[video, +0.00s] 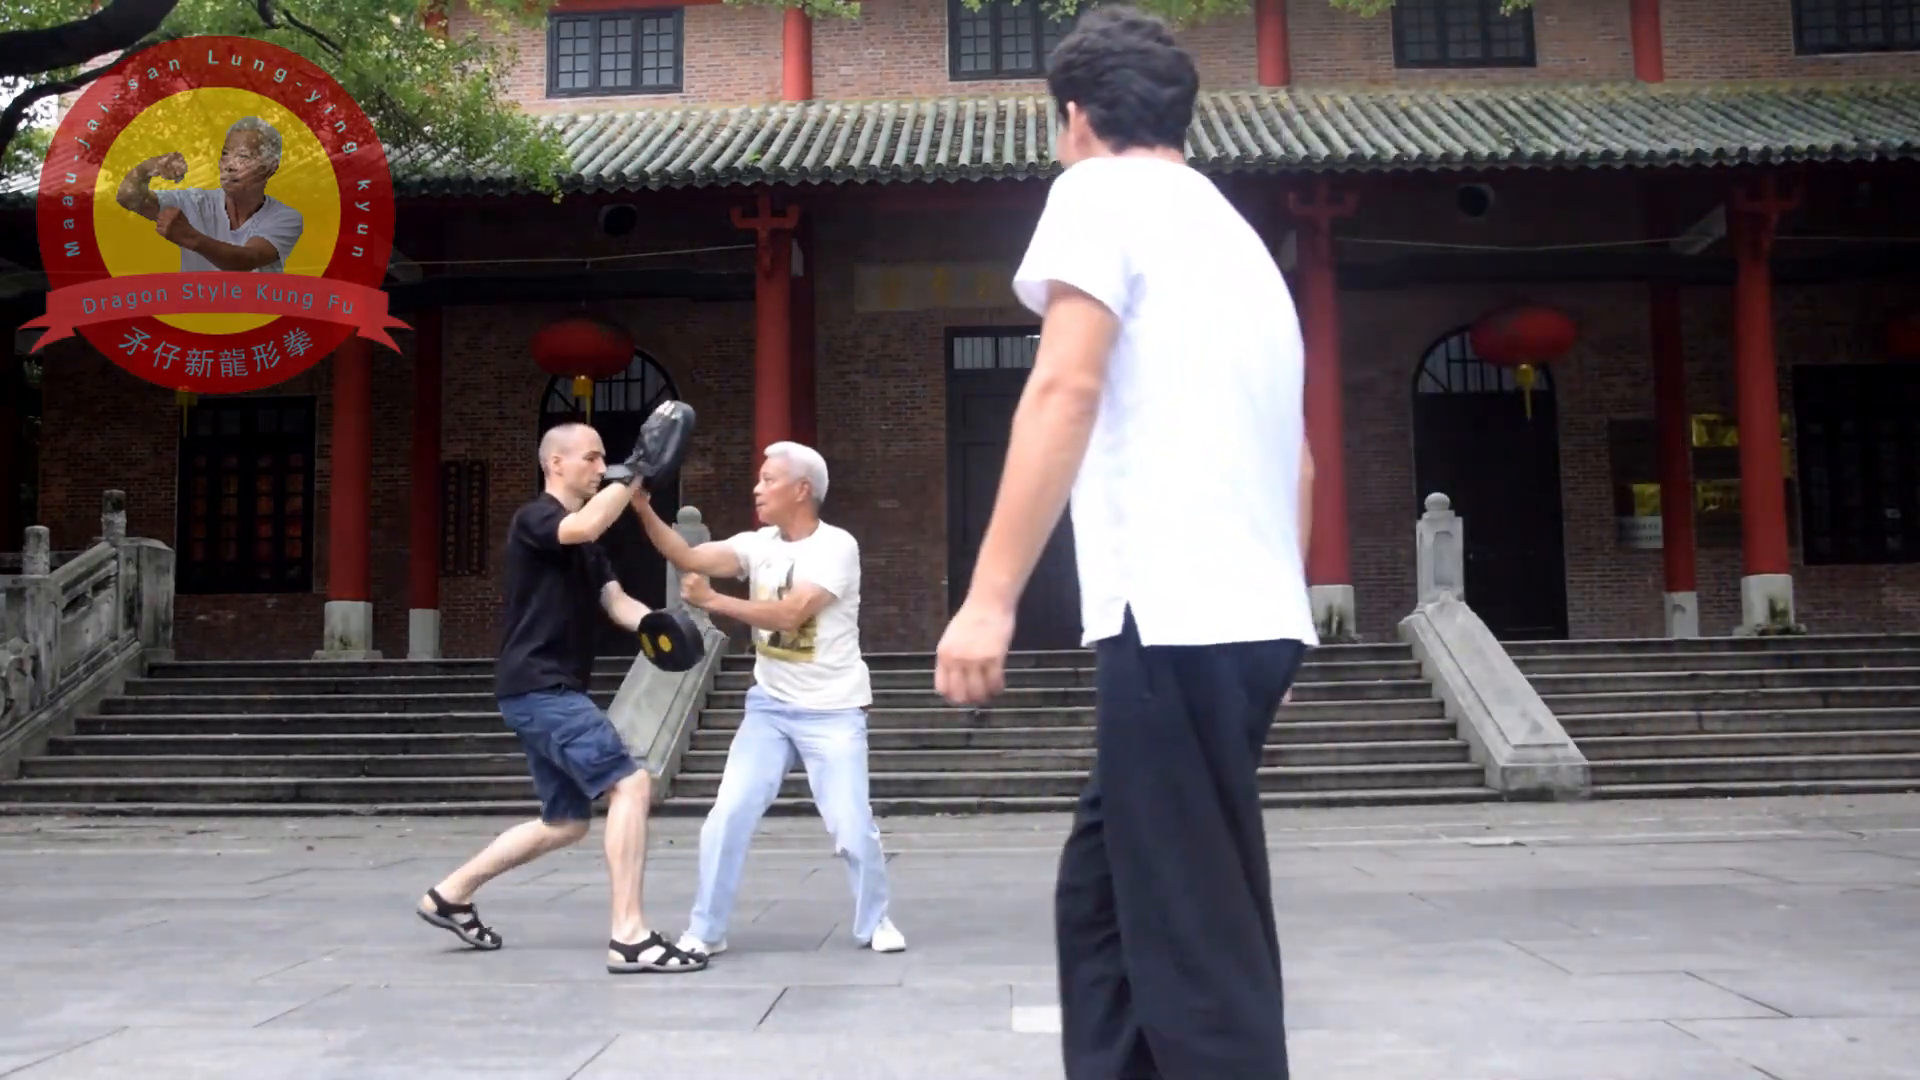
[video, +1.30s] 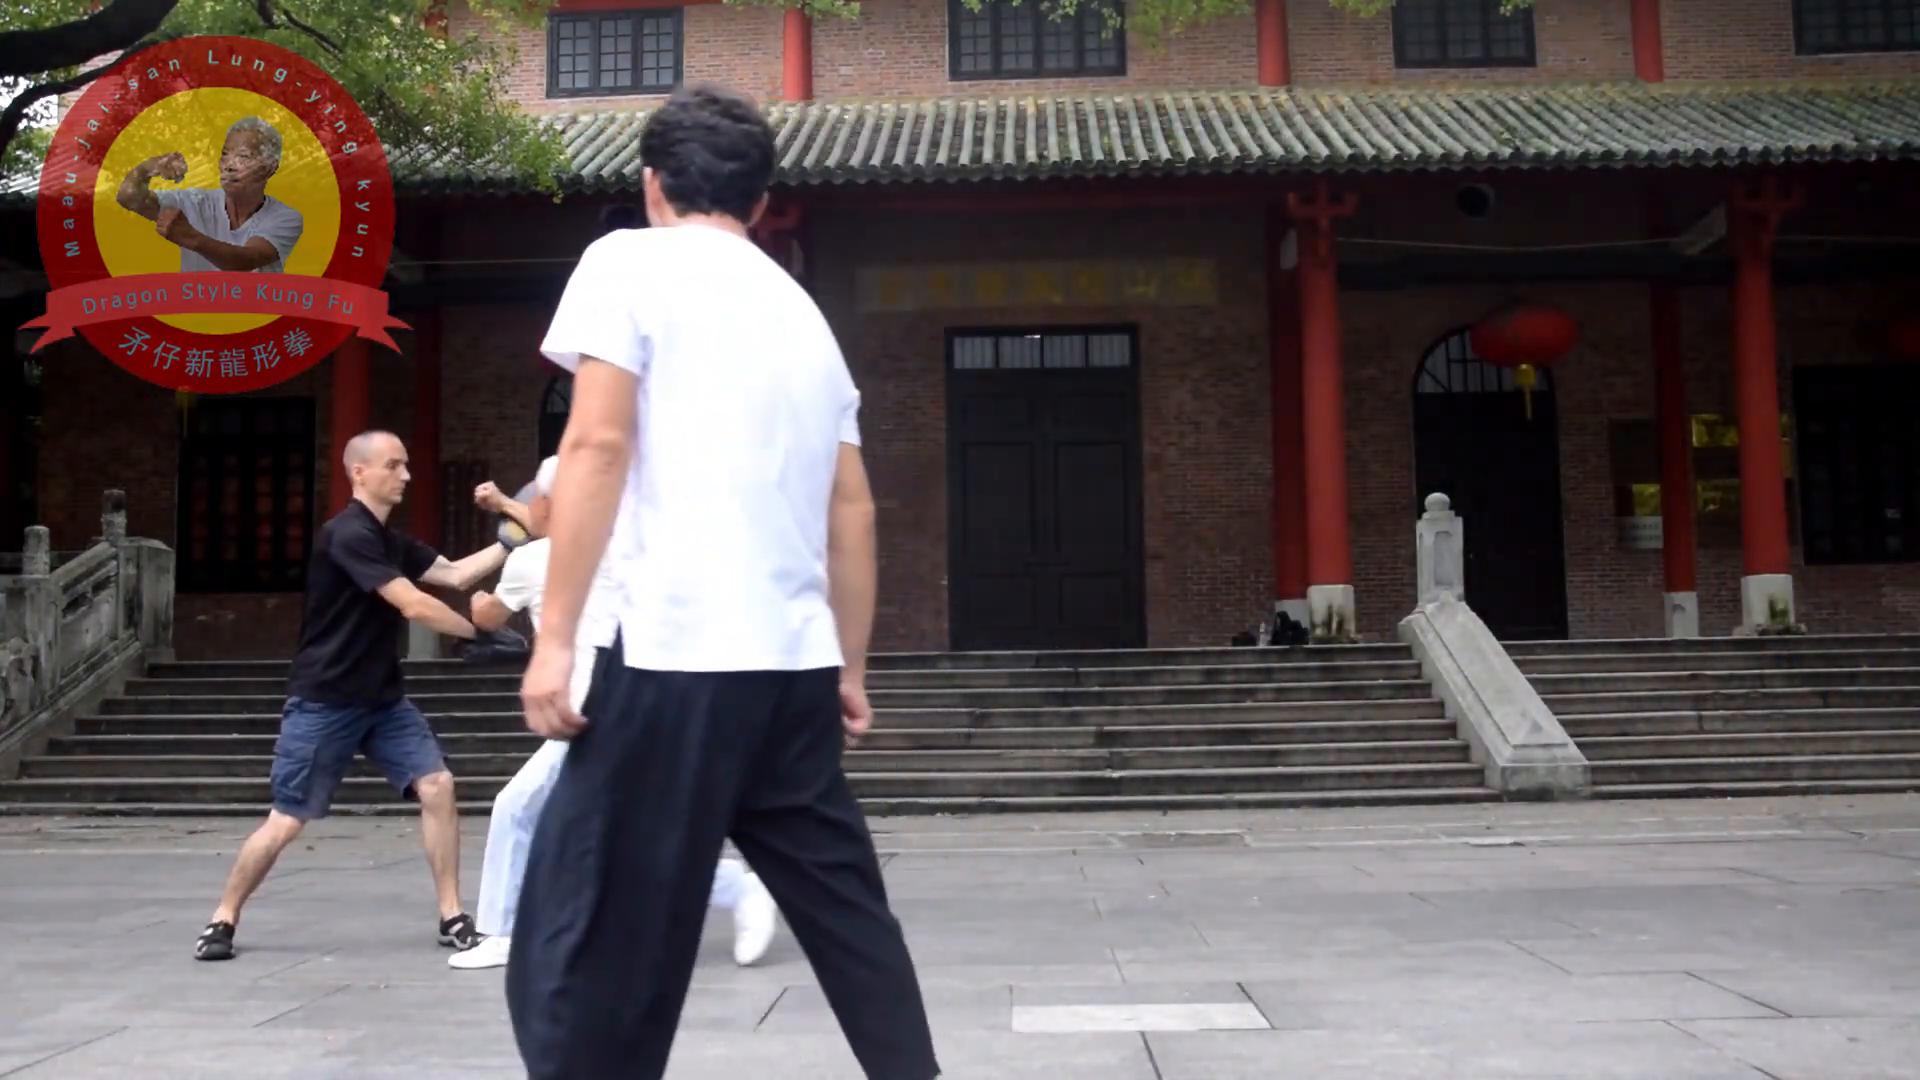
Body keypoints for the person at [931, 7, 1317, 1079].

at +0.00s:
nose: (1055, 146)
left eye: (1054, 125)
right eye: (1053, 127)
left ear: (1083, 118)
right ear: (1175, 121)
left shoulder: (1098, 196)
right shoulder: (1240, 243)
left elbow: (1066, 388)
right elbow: (1297, 462)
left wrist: (990, 597)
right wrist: (1270, 619)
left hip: (1172, 624)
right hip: (1251, 623)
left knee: (1187, 924)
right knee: (1098, 895)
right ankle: (1112, 1072)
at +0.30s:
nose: (950, 175)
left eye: (953, 159)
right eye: (953, 159)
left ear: (975, 158)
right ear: (1070, 169)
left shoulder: (980, 223)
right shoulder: (1117, 290)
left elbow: (954, 413)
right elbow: (1162, 496)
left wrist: (902, 607)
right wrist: (1149, 658)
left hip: (1026, 642)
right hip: (1107, 649)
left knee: (1091, 941)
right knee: (1008, 952)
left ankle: (1186, 1069)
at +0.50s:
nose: (896, 188)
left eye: (896, 176)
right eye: (898, 178)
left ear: (914, 173)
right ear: (1010, 184)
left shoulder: (911, 233)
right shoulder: (1051, 298)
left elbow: (881, 408)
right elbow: (1085, 500)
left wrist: (825, 594)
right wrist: (1050, 626)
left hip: (948, 641)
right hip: (1047, 648)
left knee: (944, 907)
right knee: (1003, 909)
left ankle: (1109, 1068)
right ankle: (982, 1075)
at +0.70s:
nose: (849, 194)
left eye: (850, 183)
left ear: (868, 181)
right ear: (965, 196)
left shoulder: (863, 236)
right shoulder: (1004, 312)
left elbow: (823, 411)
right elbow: (1035, 507)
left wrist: (754, 588)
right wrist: (995, 627)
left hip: (903, 635)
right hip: (1001, 642)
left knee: (855, 903)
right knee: (971, 901)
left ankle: (949, 1065)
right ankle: (983, 1071)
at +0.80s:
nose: (824, 199)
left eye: (825, 188)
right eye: (828, 188)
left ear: (846, 184)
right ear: (941, 199)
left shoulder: (841, 239)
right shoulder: (981, 316)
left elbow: (801, 414)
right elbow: (1013, 511)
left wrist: (730, 582)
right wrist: (977, 630)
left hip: (881, 635)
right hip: (978, 644)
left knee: (810, 900)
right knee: (953, 912)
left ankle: (849, 1067)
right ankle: (964, 1071)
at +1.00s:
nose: (768, 203)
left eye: (769, 190)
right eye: (770, 192)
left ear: (790, 190)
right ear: (886, 202)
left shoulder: (779, 248)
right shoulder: (929, 315)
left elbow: (751, 419)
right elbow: (967, 503)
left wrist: (696, 601)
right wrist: (945, 633)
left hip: (821, 641)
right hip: (929, 648)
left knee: (734, 922)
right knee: (926, 922)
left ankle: (695, 1065)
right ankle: (949, 1071)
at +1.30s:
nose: (637, 190)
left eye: (641, 179)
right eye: (642, 179)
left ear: (654, 185)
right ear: (760, 205)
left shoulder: (626, 262)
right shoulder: (804, 314)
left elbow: (598, 444)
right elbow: (851, 502)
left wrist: (554, 637)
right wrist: (849, 661)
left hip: (666, 671)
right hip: (794, 672)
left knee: (592, 942)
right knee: (851, 922)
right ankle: (911, 1072)